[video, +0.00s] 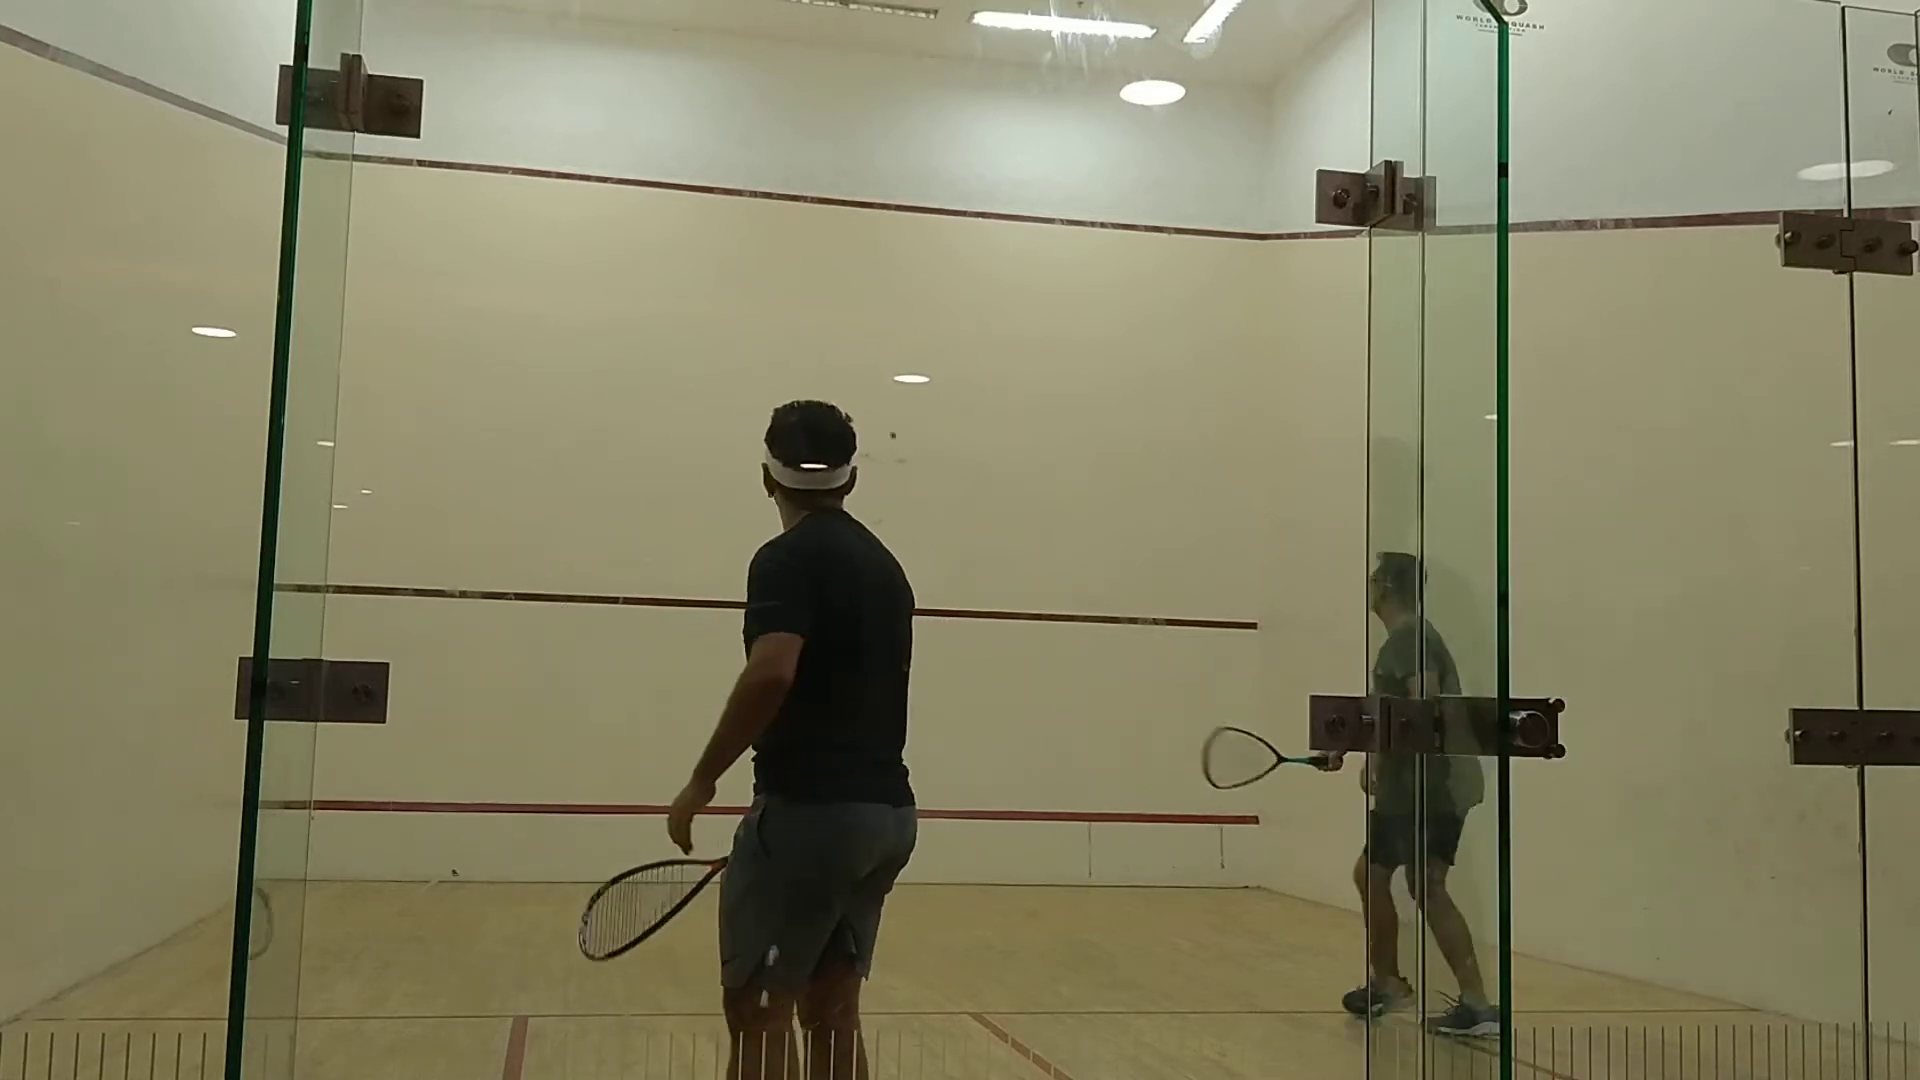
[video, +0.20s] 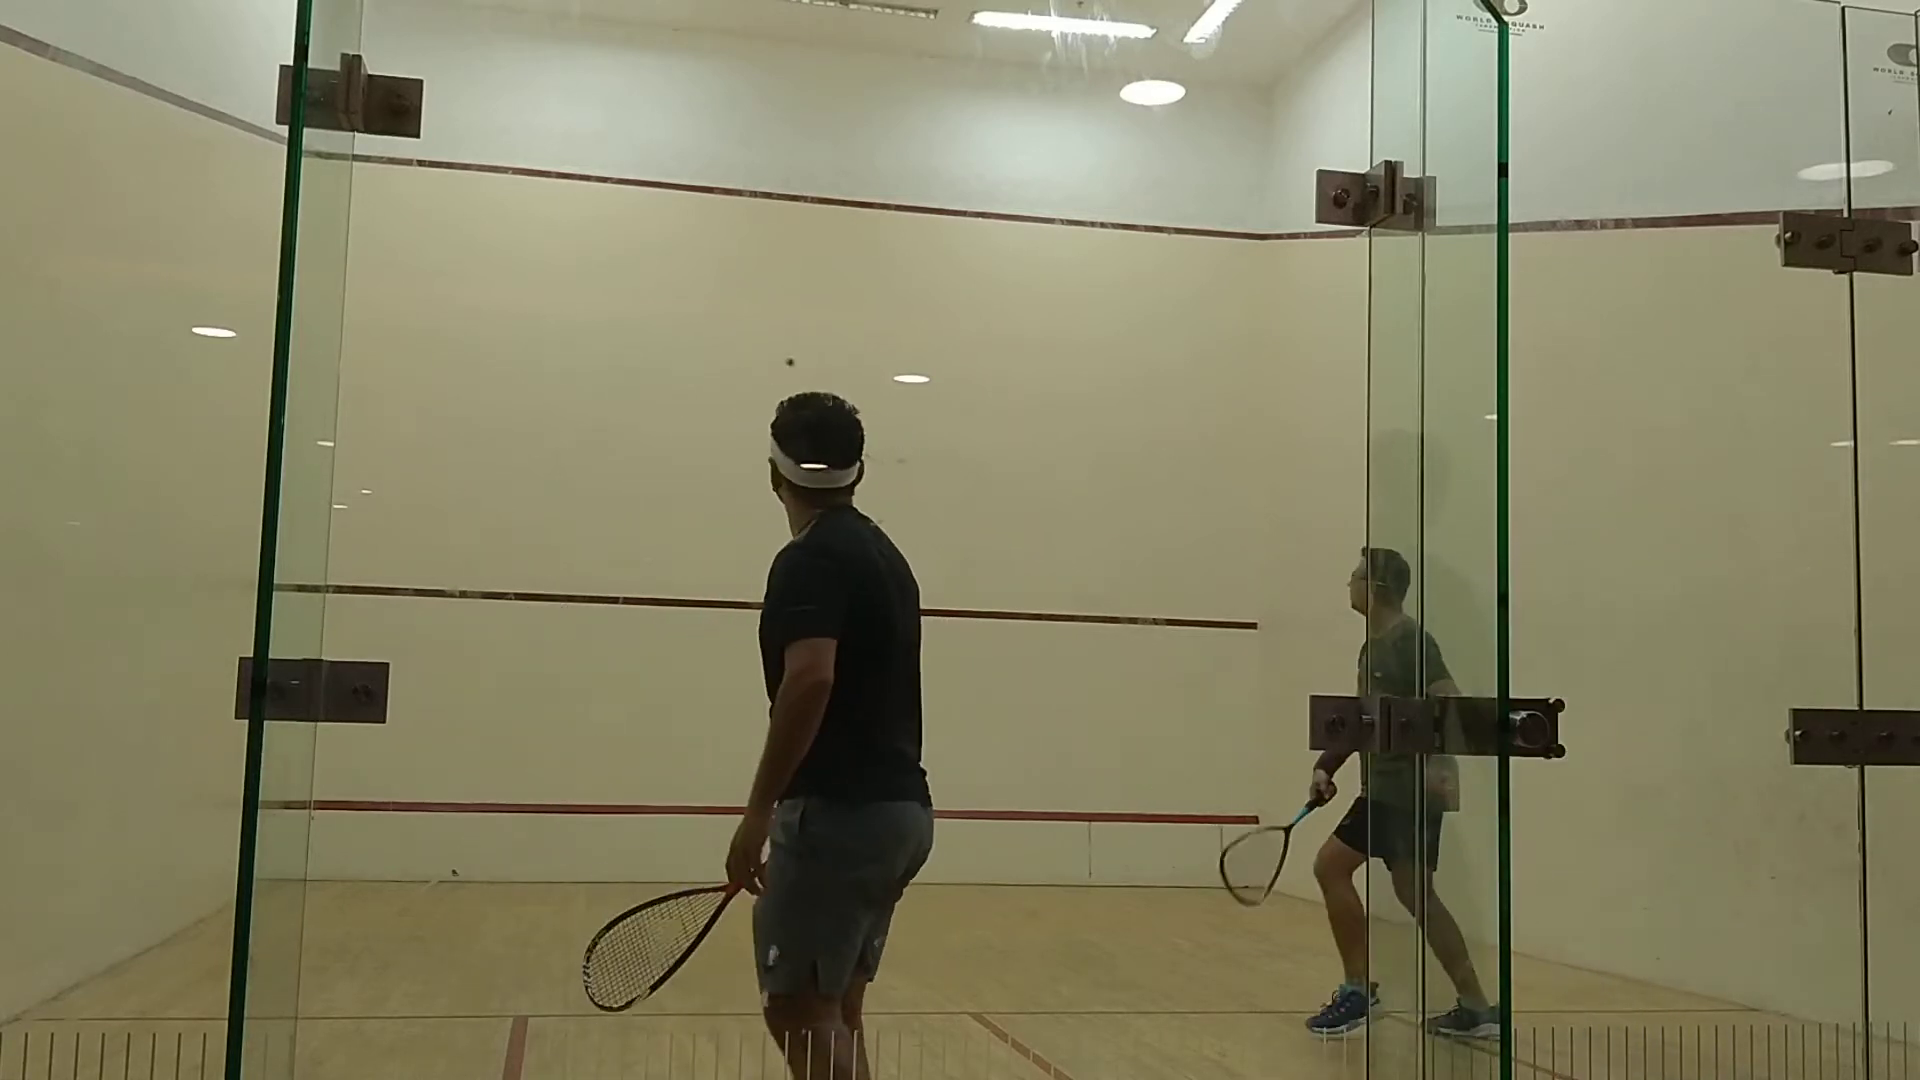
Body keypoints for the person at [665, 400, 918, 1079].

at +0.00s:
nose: (765, 478)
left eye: (767, 468)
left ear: (770, 479)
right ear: (850, 481)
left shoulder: (784, 559)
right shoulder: (882, 565)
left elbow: (773, 671)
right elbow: (862, 700)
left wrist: (700, 781)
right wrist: (780, 801)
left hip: (805, 818)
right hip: (883, 816)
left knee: (754, 1007)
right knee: (832, 1006)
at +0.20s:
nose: (770, 474)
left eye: (772, 462)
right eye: (775, 461)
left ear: (778, 474)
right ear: (855, 472)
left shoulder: (808, 558)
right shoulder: (882, 556)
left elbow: (810, 680)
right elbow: (878, 698)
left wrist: (756, 813)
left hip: (834, 819)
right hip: (896, 817)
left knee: (798, 1015)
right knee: (842, 1009)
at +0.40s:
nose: (781, 487)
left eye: (783, 475)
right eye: (785, 474)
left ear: (798, 494)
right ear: (870, 492)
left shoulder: (842, 583)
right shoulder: (892, 571)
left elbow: (841, 709)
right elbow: (898, 722)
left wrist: (782, 845)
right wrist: (827, 827)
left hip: (883, 852)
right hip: (879, 847)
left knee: (889, 1047)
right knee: (800, 1008)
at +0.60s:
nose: (764, 492)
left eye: (773, 477)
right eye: (767, 476)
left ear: (814, 491)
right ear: (824, 491)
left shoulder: (876, 575)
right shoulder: (862, 569)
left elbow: (889, 711)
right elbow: (883, 713)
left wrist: (822, 849)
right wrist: (816, 778)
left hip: (912, 849)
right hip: (865, 844)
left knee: (913, 1052)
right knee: (763, 1014)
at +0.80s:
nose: (733, 502)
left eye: (745, 483)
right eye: (731, 486)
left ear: (806, 479)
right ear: (799, 483)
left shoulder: (888, 572)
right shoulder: (781, 589)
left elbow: (944, 700)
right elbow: (788, 689)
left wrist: (908, 837)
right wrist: (757, 752)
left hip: (901, 853)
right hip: (812, 846)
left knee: (911, 1054)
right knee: (758, 1028)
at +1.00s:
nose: (687, 535)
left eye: (699, 514)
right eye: (683, 518)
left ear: (759, 506)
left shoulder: (868, 585)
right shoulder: (725, 628)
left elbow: (975, 695)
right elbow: (740, 743)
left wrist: (977, 825)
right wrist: (716, 830)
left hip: (906, 858)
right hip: (802, 851)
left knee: (921, 1058)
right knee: (695, 1009)